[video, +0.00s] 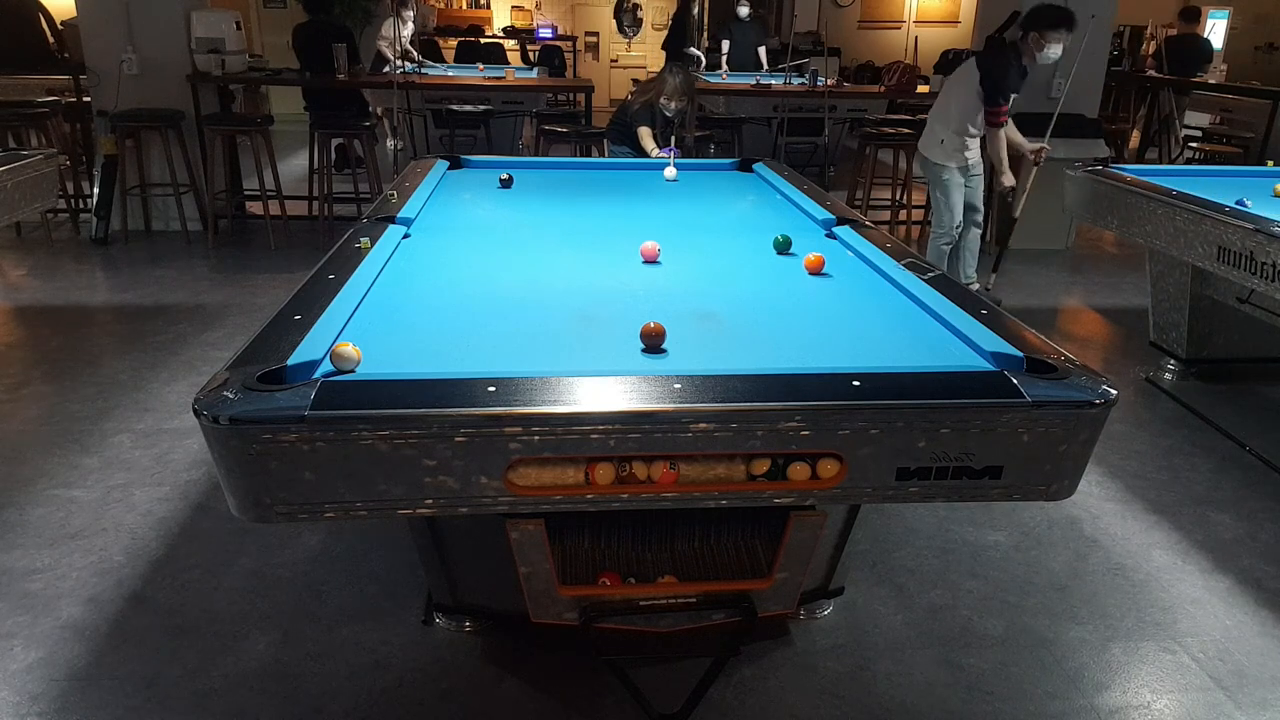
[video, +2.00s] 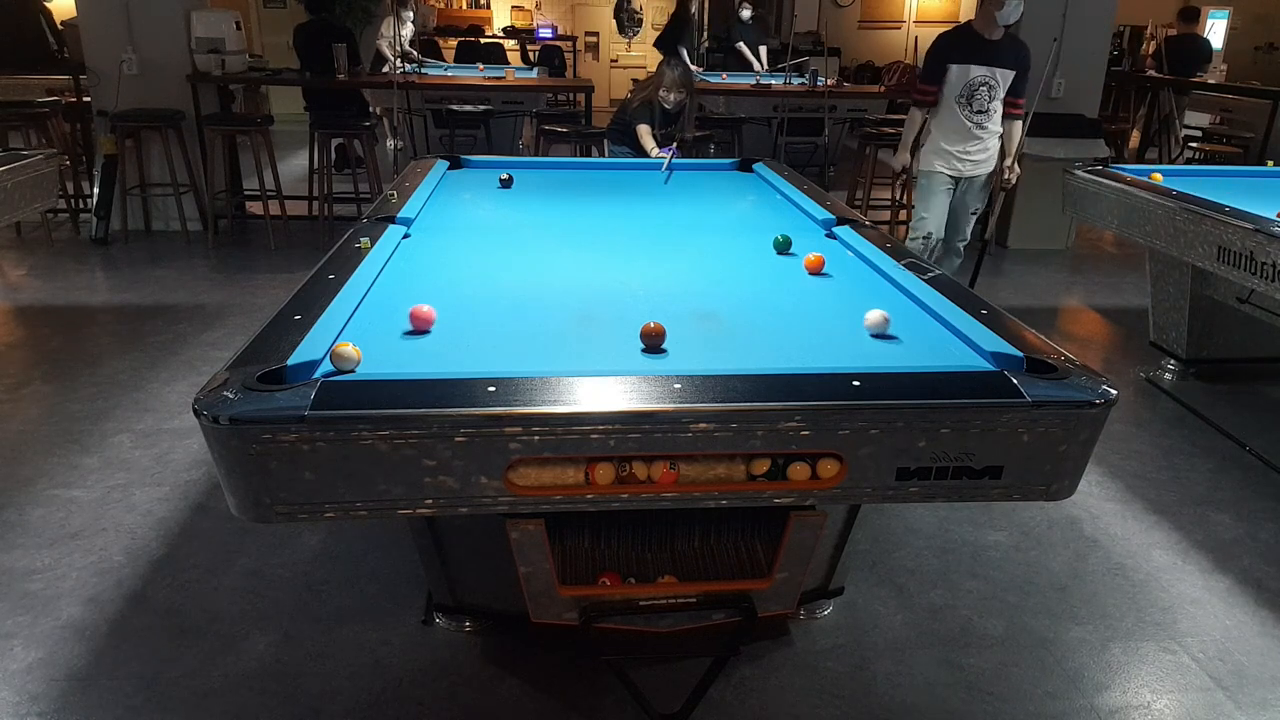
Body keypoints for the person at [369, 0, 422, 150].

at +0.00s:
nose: (410, 14)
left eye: (411, 11)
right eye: (406, 11)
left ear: (413, 11)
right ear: (398, 11)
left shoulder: (410, 26)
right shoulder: (390, 23)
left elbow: (404, 43)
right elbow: (380, 43)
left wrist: (414, 53)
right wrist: (394, 60)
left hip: (397, 64)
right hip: (382, 65)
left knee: (394, 104)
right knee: (384, 106)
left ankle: (395, 135)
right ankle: (390, 138)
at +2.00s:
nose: (409, 14)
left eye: (411, 11)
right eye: (406, 11)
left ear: (413, 11)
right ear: (398, 11)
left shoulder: (410, 27)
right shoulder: (390, 21)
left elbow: (404, 45)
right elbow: (380, 42)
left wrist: (414, 54)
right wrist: (392, 60)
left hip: (398, 67)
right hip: (381, 68)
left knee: (396, 105)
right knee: (385, 106)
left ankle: (396, 135)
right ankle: (389, 138)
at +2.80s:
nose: (390, 7)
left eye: (392, 4)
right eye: (386, 4)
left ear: (394, 5)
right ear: (380, 6)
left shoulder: (397, 21)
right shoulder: (374, 20)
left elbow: (396, 41)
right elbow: (374, 45)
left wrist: (401, 47)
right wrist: (391, 61)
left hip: (392, 61)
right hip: (377, 62)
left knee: (392, 100)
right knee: (380, 101)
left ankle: (394, 135)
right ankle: (389, 136)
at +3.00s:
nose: (378, 6)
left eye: (379, 3)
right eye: (374, 3)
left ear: (381, 5)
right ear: (367, 6)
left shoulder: (383, 21)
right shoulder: (361, 21)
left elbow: (381, 41)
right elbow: (362, 47)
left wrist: (392, 49)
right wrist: (380, 61)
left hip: (381, 64)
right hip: (367, 65)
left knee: (386, 102)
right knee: (375, 103)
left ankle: (390, 136)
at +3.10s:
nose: (366, 7)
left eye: (368, 4)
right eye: (362, 4)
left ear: (371, 6)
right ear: (355, 5)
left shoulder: (372, 23)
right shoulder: (351, 23)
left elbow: (370, 43)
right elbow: (355, 52)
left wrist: (378, 47)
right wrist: (373, 65)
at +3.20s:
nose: (355, 9)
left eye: (357, 6)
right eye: (351, 6)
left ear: (360, 7)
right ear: (344, 7)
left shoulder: (361, 25)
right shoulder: (338, 26)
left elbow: (359, 44)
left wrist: (366, 48)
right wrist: (363, 67)